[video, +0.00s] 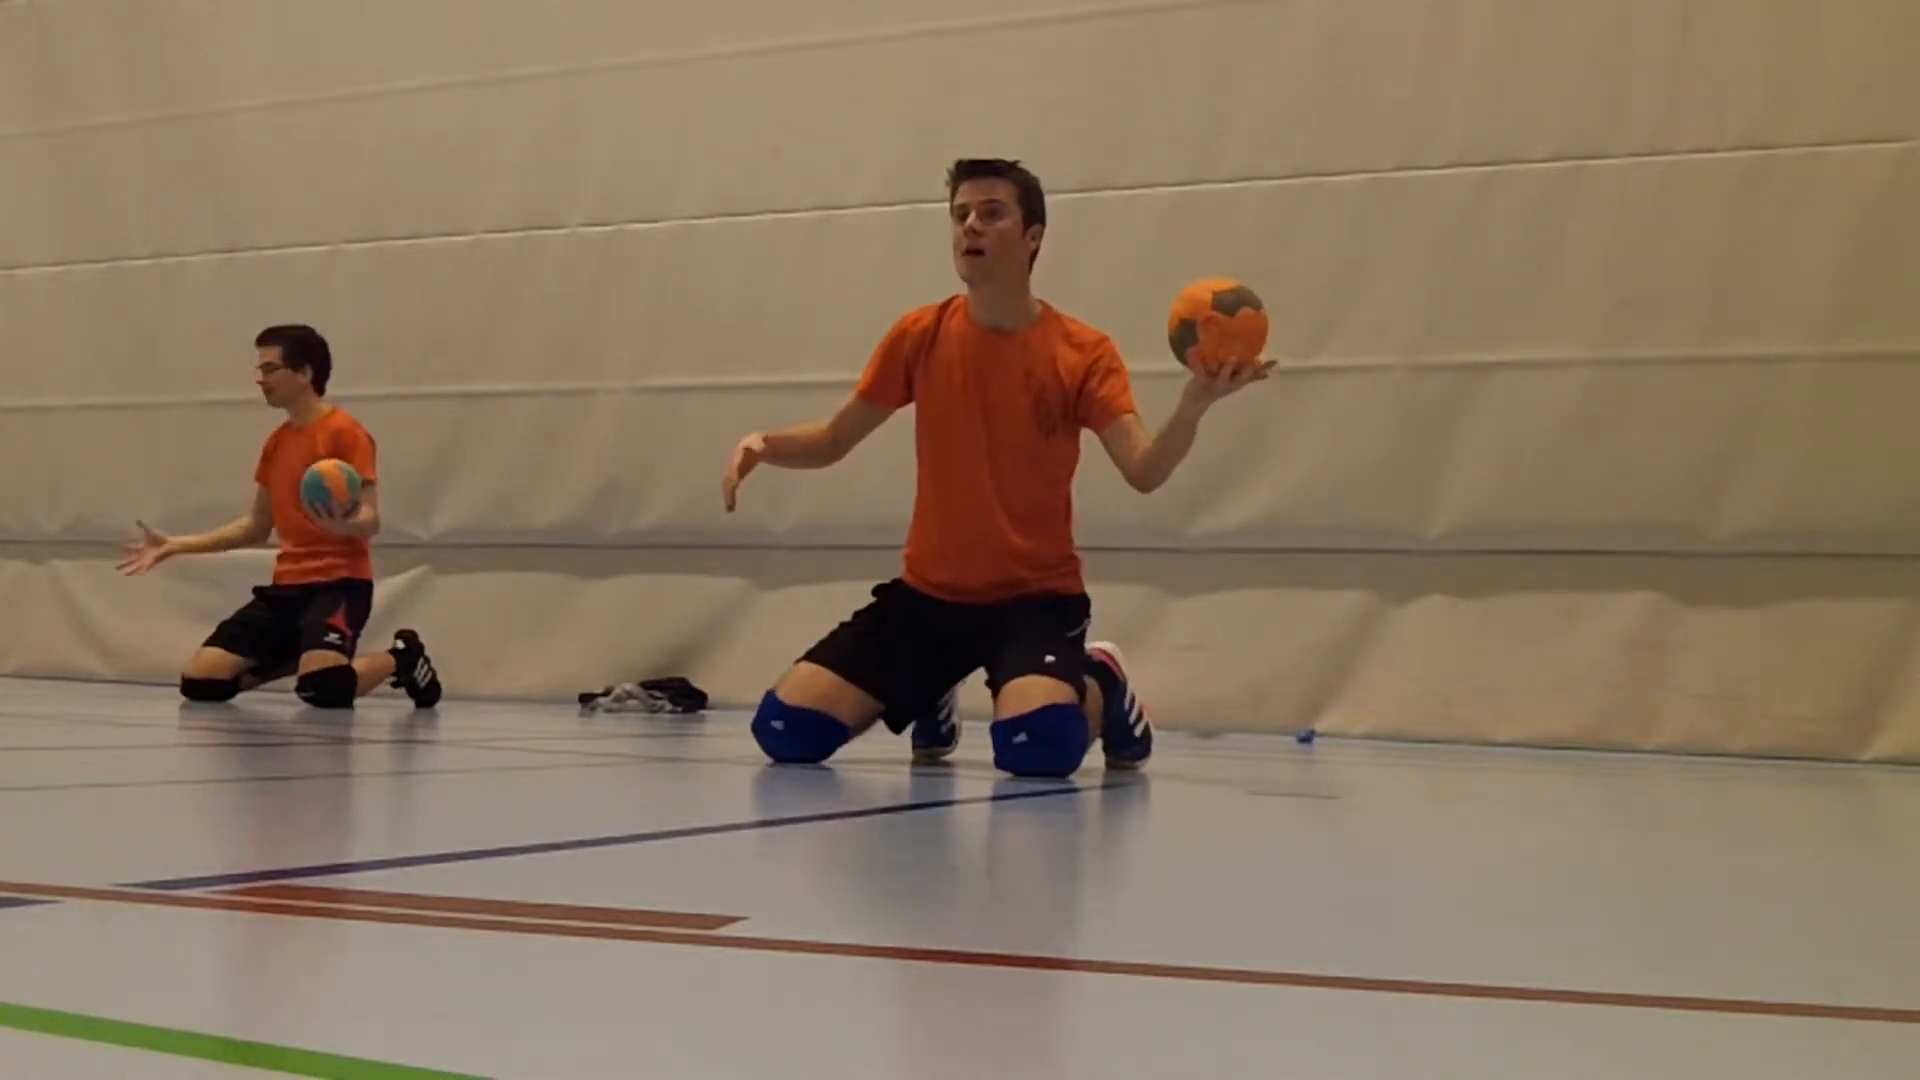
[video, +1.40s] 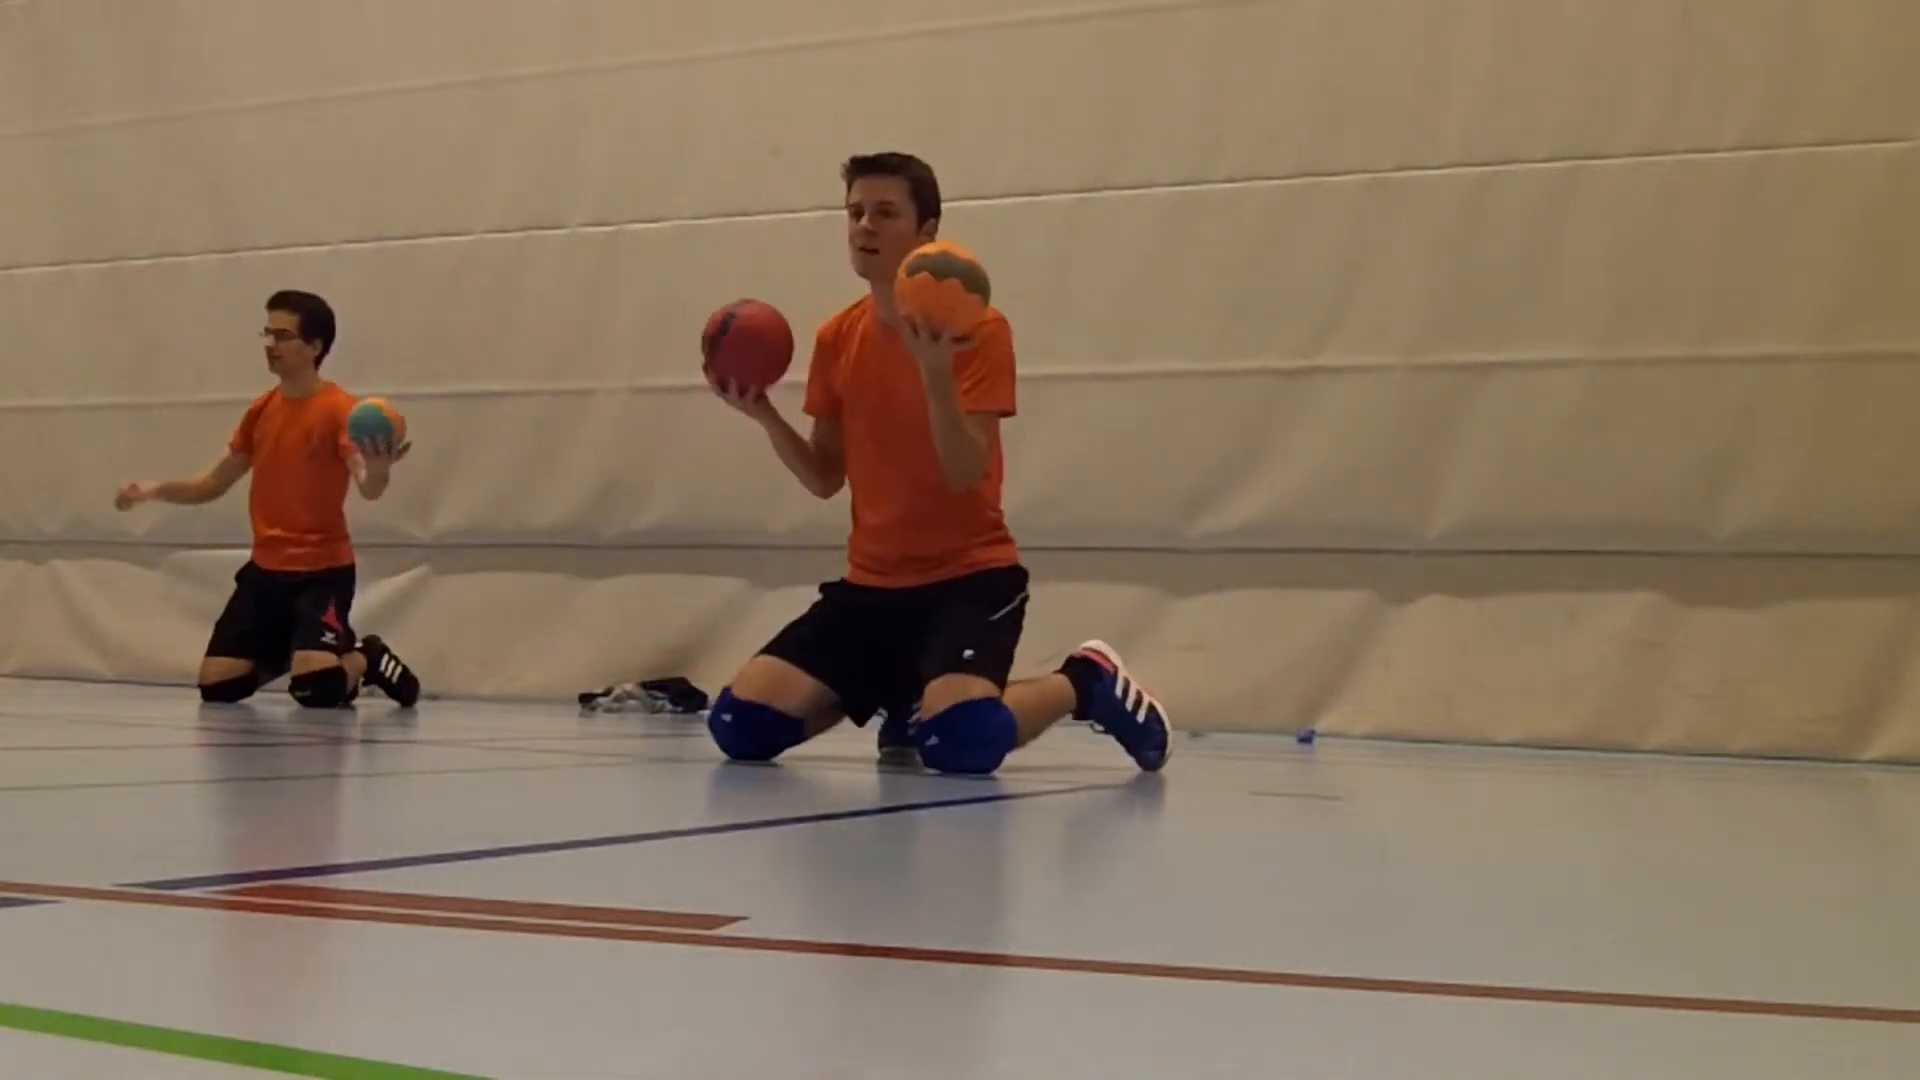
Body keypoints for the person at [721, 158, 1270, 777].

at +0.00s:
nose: (971, 226)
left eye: (992, 213)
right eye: (961, 215)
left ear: (1032, 238)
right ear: (948, 235)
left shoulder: (1080, 353)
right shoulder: (921, 337)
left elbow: (1144, 471)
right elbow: (832, 438)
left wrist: (1197, 401)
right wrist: (762, 444)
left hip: (1035, 598)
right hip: (928, 594)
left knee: (1036, 753)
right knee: (784, 731)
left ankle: (1101, 683)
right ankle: (919, 685)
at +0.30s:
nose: (894, 226)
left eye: (914, 212)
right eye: (886, 216)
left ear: (959, 235)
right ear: (878, 238)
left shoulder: (1014, 343)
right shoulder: (856, 346)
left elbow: (1083, 452)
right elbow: (768, 454)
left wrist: (1133, 382)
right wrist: (710, 430)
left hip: (1002, 598)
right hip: (894, 601)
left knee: (1043, 755)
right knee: (738, 728)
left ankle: (1084, 691)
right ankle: (906, 683)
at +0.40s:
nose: (838, 219)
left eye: (856, 205)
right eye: (830, 209)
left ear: (906, 226)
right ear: (826, 231)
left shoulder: (965, 329)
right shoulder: (809, 335)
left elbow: (1040, 430)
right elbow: (694, 415)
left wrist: (1096, 375)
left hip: (975, 582)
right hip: (870, 590)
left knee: (1025, 752)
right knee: (729, 731)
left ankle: (1094, 689)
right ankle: (898, 679)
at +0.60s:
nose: (748, 198)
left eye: (765, 181)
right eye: (745, 185)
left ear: (820, 193)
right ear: (751, 200)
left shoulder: (887, 294)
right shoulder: (736, 309)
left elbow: (965, 396)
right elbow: (694, 431)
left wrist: (1026, 343)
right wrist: (589, 434)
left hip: (906, 544)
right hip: (798, 560)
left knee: (1008, 720)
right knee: (679, 728)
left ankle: (1123, 694)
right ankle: (865, 678)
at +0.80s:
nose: (721, 197)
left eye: (738, 181)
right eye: (715, 186)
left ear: (787, 192)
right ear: (714, 202)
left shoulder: (851, 292)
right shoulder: (712, 298)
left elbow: (909, 399)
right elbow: (707, 392)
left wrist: (947, 320)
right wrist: (674, 413)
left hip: (868, 535)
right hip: (769, 560)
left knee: (961, 691)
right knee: (651, 727)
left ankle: (1080, 690)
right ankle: (839, 675)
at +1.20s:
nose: (832, 216)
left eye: (851, 202)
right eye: (823, 202)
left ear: (894, 216)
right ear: (812, 215)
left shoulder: (930, 326)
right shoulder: (791, 317)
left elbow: (889, 442)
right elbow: (781, 459)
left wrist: (881, 335)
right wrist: (734, 421)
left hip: (909, 579)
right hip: (807, 585)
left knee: (955, 746)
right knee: (669, 728)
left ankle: (1077, 692)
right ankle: (848, 681)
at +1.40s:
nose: (865, 227)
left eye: (885, 213)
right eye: (855, 213)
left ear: (927, 230)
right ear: (844, 224)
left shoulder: (974, 330)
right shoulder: (839, 336)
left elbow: (965, 470)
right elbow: (823, 476)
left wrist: (935, 371)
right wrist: (765, 414)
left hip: (972, 583)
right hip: (873, 588)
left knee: (955, 741)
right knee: (739, 729)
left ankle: (1086, 683)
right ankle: (902, 685)